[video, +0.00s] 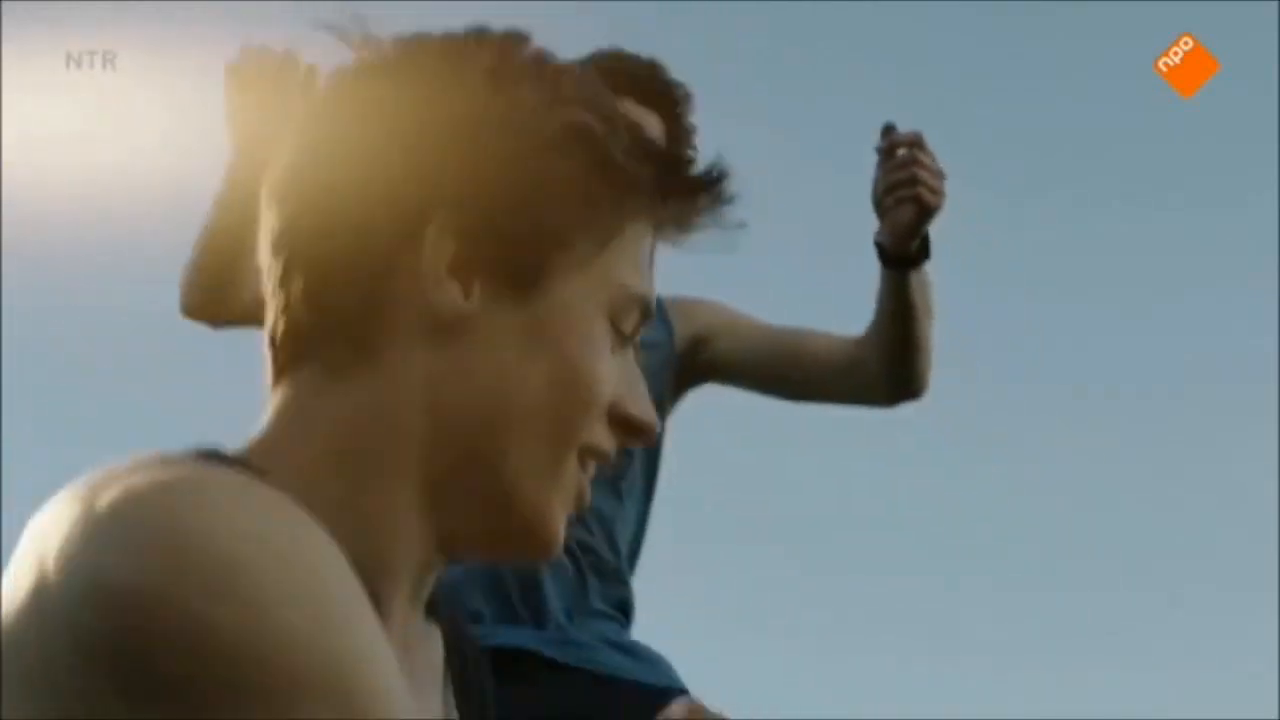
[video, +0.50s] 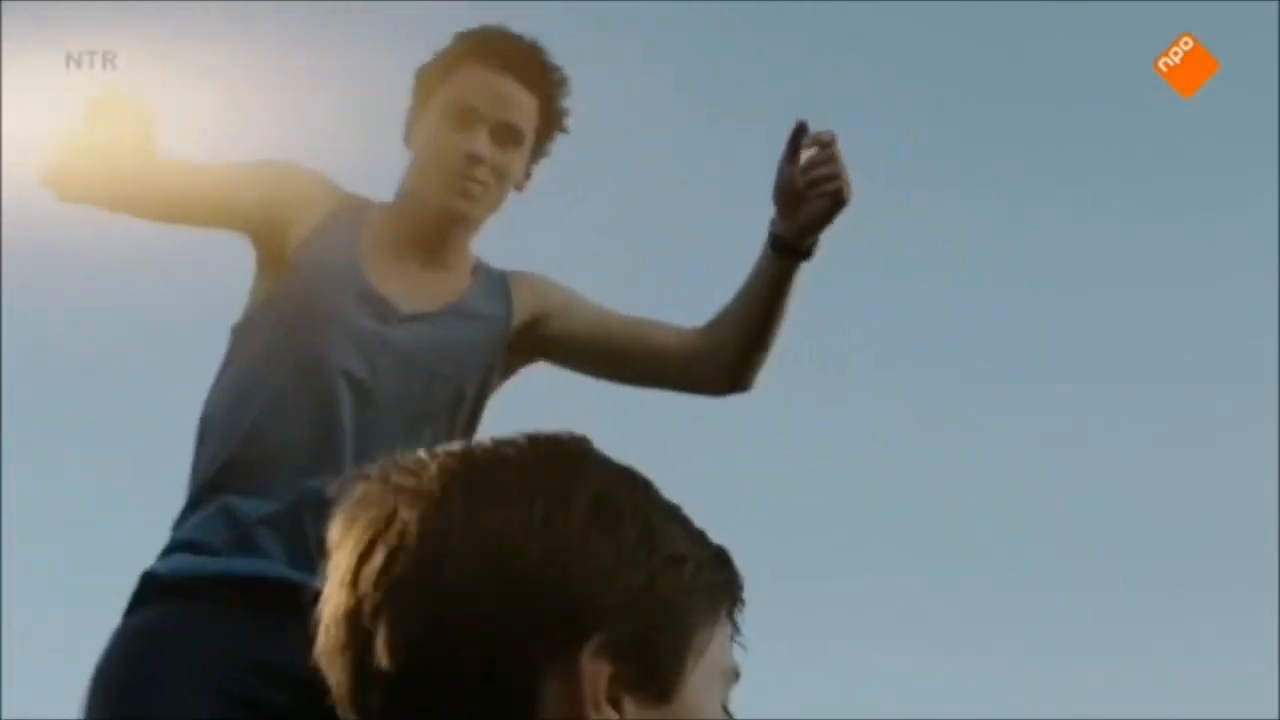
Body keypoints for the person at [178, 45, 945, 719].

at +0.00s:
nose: (622, 192)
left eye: (640, 169)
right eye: (597, 156)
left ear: (663, 190)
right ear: (532, 154)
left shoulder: (671, 325)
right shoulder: (461, 266)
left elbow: (889, 376)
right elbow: (214, 300)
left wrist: (902, 262)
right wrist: (261, 148)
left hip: (586, 646)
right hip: (421, 623)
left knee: (689, 709)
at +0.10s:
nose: (578, 159)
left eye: (609, 145)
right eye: (558, 127)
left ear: (637, 176)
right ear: (512, 128)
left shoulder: (633, 296)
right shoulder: (418, 246)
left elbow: (860, 354)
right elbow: (192, 259)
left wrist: (880, 237)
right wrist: (244, 134)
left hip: (554, 612)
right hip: (390, 597)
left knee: (653, 704)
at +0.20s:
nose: (555, 140)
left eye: (581, 127)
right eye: (535, 111)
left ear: (605, 162)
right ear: (487, 115)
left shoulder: (613, 295)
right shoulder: (381, 220)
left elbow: (819, 336)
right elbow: (160, 214)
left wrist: (847, 218)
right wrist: (212, 118)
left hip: (514, 638)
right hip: (338, 597)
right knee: (259, 707)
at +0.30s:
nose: (536, 136)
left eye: (562, 124)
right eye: (517, 106)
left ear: (585, 158)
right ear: (466, 111)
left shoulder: (585, 293)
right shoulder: (356, 209)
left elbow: (792, 334)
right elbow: (133, 193)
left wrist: (828, 214)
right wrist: (188, 114)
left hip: (473, 621)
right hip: (299, 590)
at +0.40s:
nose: (506, 141)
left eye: (532, 130)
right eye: (488, 110)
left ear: (552, 163)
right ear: (436, 112)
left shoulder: (544, 299)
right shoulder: (323, 204)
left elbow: (747, 346)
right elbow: (104, 178)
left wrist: (800, 227)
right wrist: (144, 111)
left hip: (402, 612)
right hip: (245, 586)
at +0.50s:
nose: (485, 152)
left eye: (511, 141)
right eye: (469, 120)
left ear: (529, 174)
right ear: (416, 119)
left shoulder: (517, 309)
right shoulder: (299, 210)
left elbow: (721, 363)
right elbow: (83, 172)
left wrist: (786, 247)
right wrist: (107, 123)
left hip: (376, 635)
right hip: (215, 600)